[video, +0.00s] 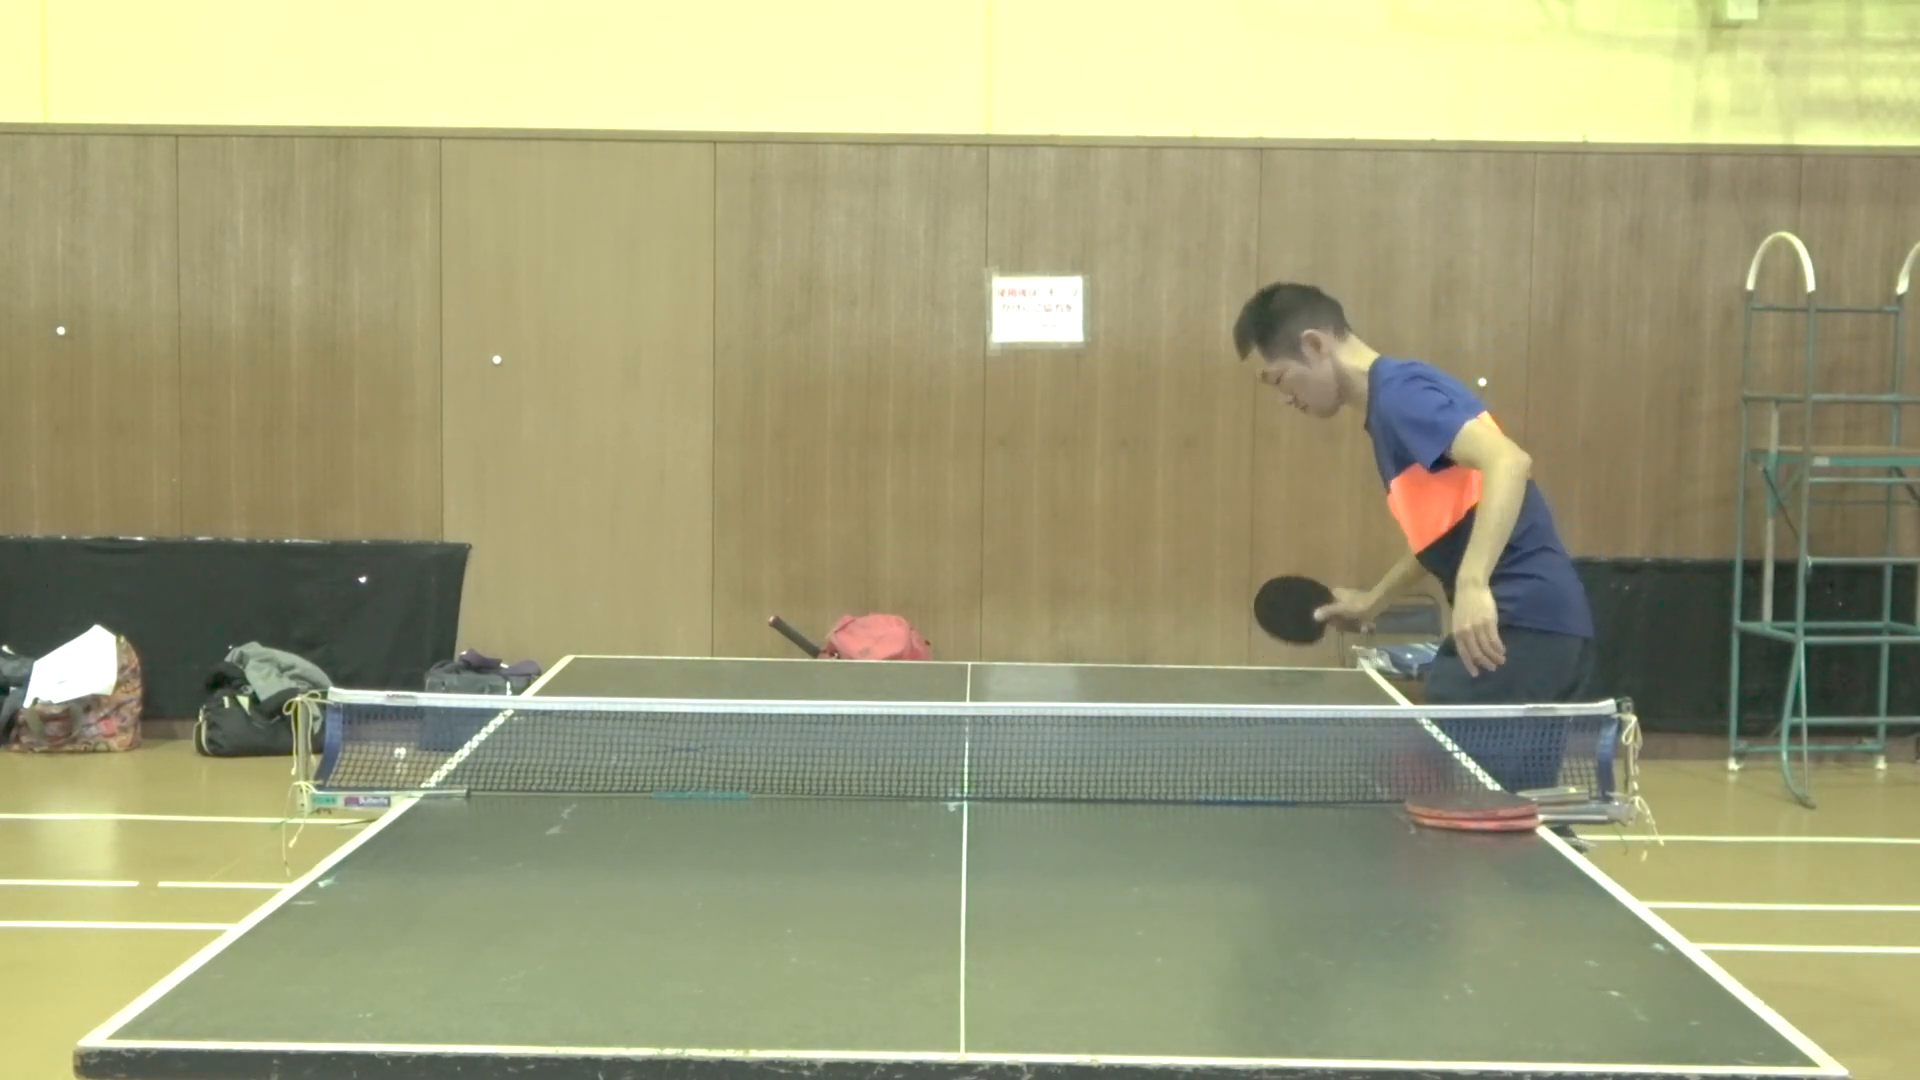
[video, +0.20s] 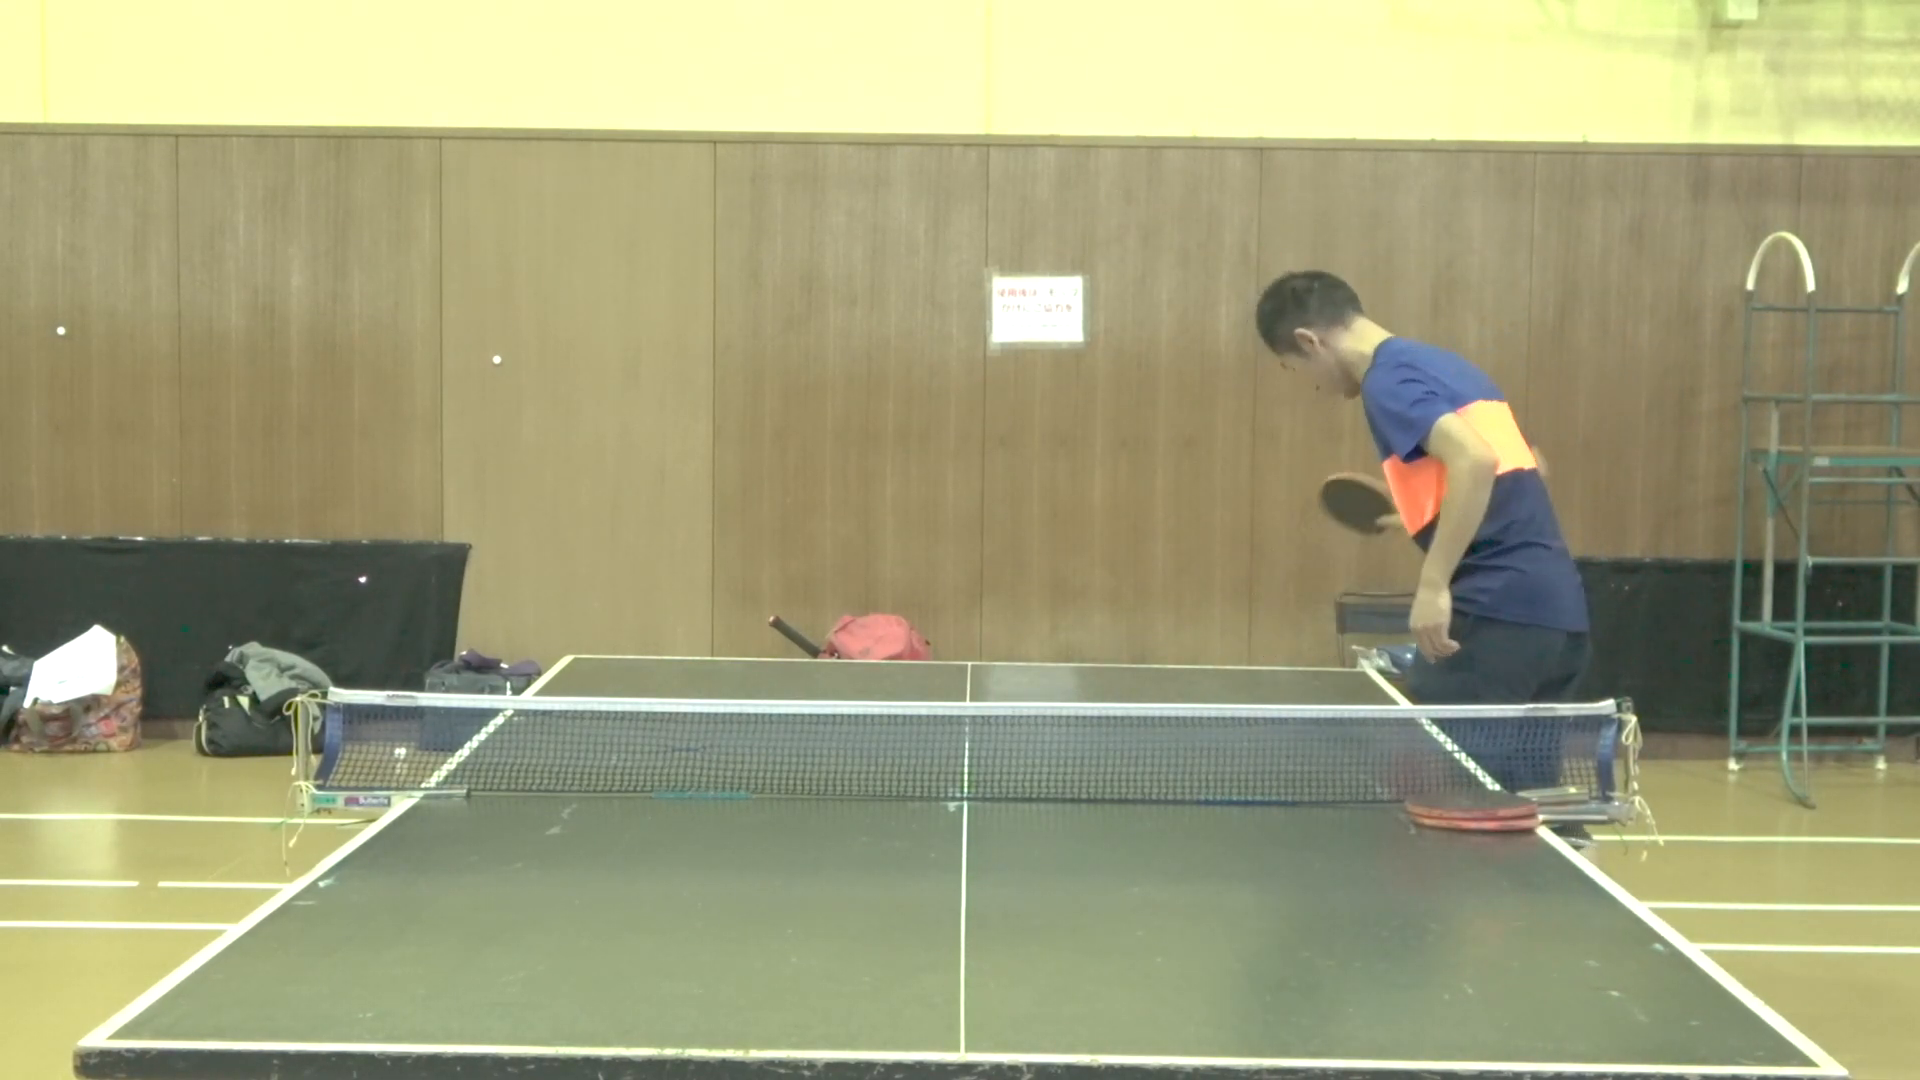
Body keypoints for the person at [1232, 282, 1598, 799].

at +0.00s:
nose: (1287, 399)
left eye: (1280, 379)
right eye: (1275, 386)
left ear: (1315, 345)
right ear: (1320, 345)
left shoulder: (1400, 393)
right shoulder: (1390, 403)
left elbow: (1508, 462)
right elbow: (1450, 525)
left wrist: (1472, 584)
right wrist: (1375, 598)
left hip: (1520, 624)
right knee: (1512, 809)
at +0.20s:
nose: (1313, 382)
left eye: (1297, 367)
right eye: (1297, 371)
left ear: (1311, 340)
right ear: (1355, 317)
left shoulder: (1387, 379)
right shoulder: (1448, 364)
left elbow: (1474, 461)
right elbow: (1527, 469)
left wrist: (1433, 584)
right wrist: (1418, 507)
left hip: (1501, 620)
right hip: (1557, 622)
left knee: (1415, 780)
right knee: (1524, 803)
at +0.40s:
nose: (1364, 364)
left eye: (1355, 352)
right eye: (1356, 354)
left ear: (1363, 336)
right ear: (1417, 312)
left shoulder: (1394, 378)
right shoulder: (1509, 367)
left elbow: (1444, 476)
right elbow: (1603, 467)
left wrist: (1408, 596)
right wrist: (1525, 511)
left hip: (1500, 611)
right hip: (1583, 614)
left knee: (1392, 769)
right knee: (1568, 797)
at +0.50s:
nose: (1397, 394)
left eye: (1389, 382)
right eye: (1391, 384)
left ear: (1398, 363)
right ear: (1456, 343)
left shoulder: (1422, 401)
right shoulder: (1546, 392)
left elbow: (1446, 515)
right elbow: (1641, 510)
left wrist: (1420, 630)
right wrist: (1591, 587)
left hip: (1527, 621)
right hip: (1613, 627)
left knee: (1409, 764)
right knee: (1606, 805)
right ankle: (1640, 978)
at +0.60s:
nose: (1426, 438)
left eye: (1420, 427)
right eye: (1421, 428)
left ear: (1430, 408)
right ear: (1488, 388)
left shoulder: (1445, 439)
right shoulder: (1578, 427)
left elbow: (1465, 570)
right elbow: (1670, 560)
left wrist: (1450, 693)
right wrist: (1639, 642)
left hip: (1561, 629)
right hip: (1653, 636)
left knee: (1444, 783)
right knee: (1624, 804)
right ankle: (1640, 979)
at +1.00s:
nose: (1420, 485)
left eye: (1415, 466)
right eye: (1412, 470)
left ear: (1444, 441)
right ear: (1491, 429)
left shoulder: (1466, 498)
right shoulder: (1581, 455)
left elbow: (1504, 646)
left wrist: (1471, 740)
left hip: (1608, 649)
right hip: (1699, 649)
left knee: (1476, 782)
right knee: (1628, 807)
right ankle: (1642, 977)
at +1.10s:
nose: (1394, 436)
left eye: (1395, 415)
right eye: (1390, 419)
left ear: (1438, 397)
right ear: (1466, 393)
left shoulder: (1460, 465)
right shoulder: (1559, 436)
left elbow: (1483, 612)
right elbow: (1538, 595)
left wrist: (1407, 666)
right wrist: (1493, 688)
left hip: (1593, 649)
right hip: (1680, 647)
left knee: (1463, 789)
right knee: (1616, 807)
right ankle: (1634, 975)